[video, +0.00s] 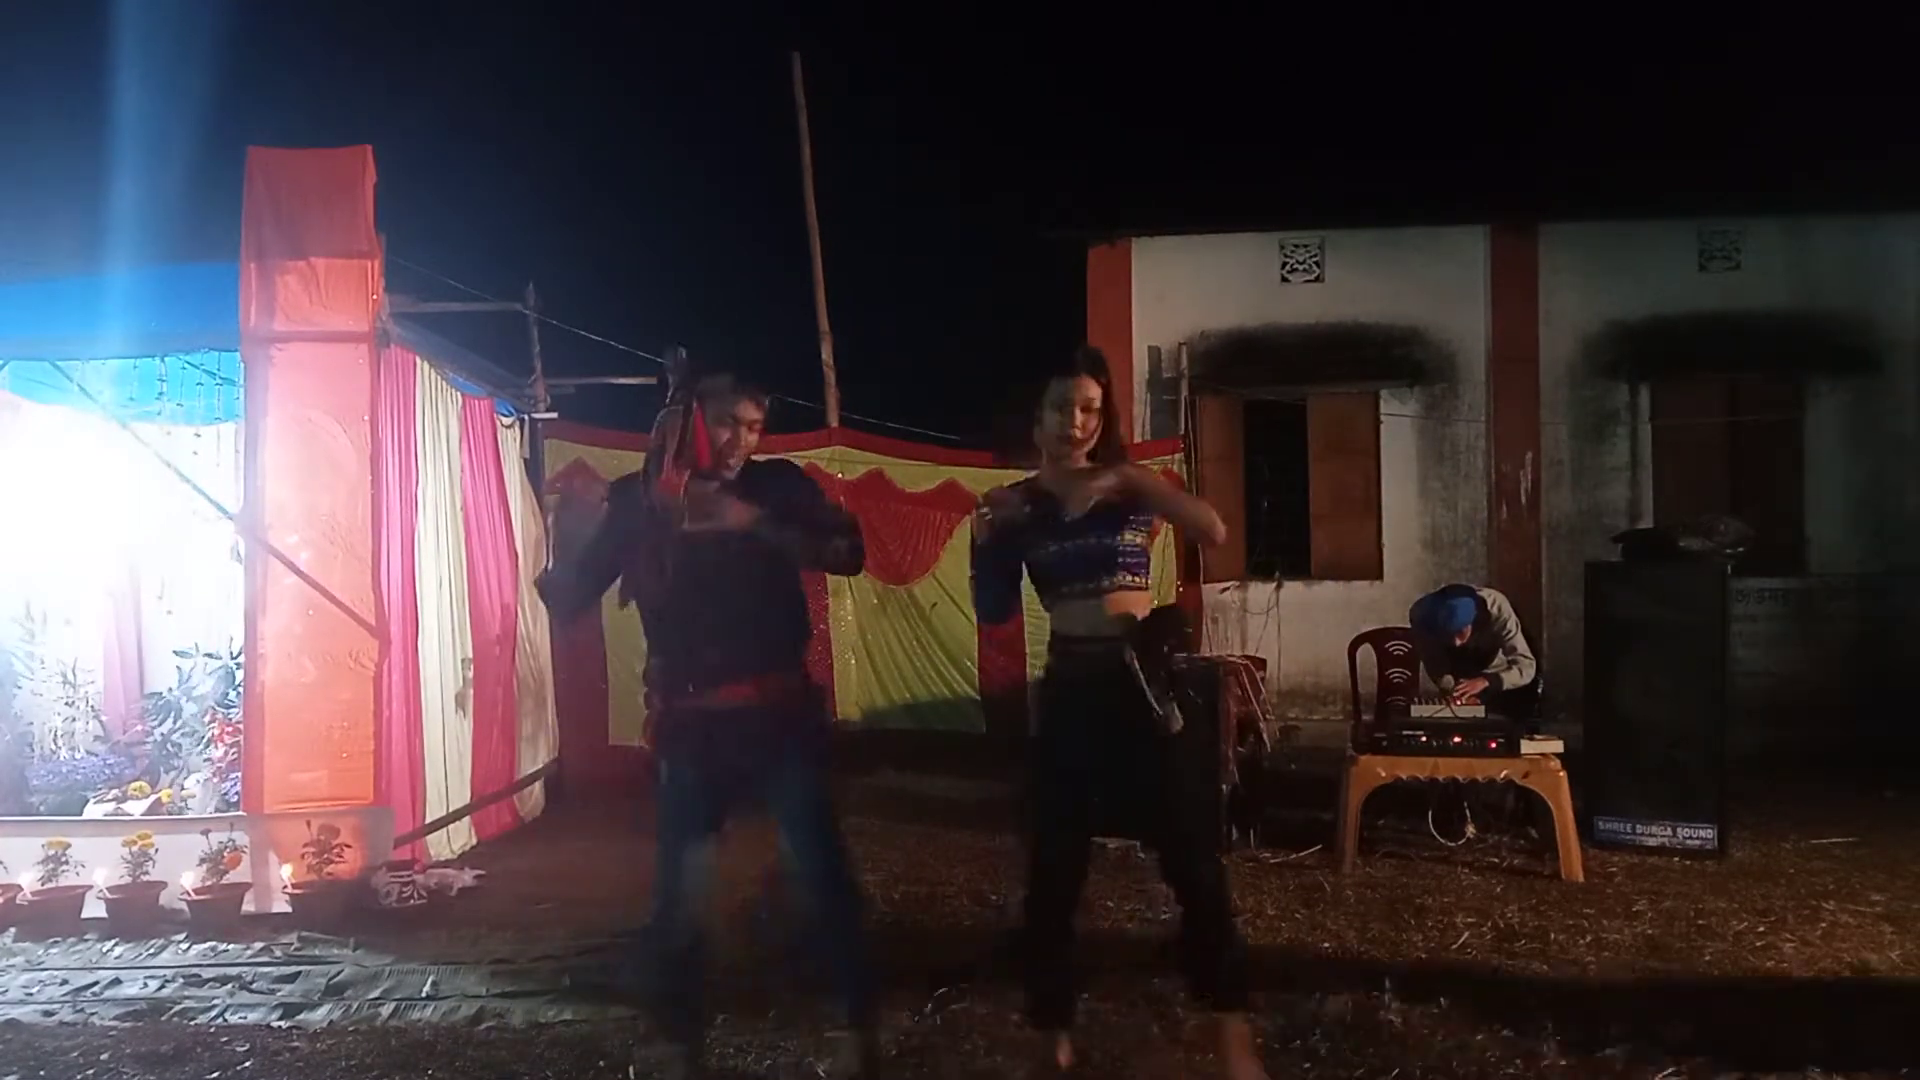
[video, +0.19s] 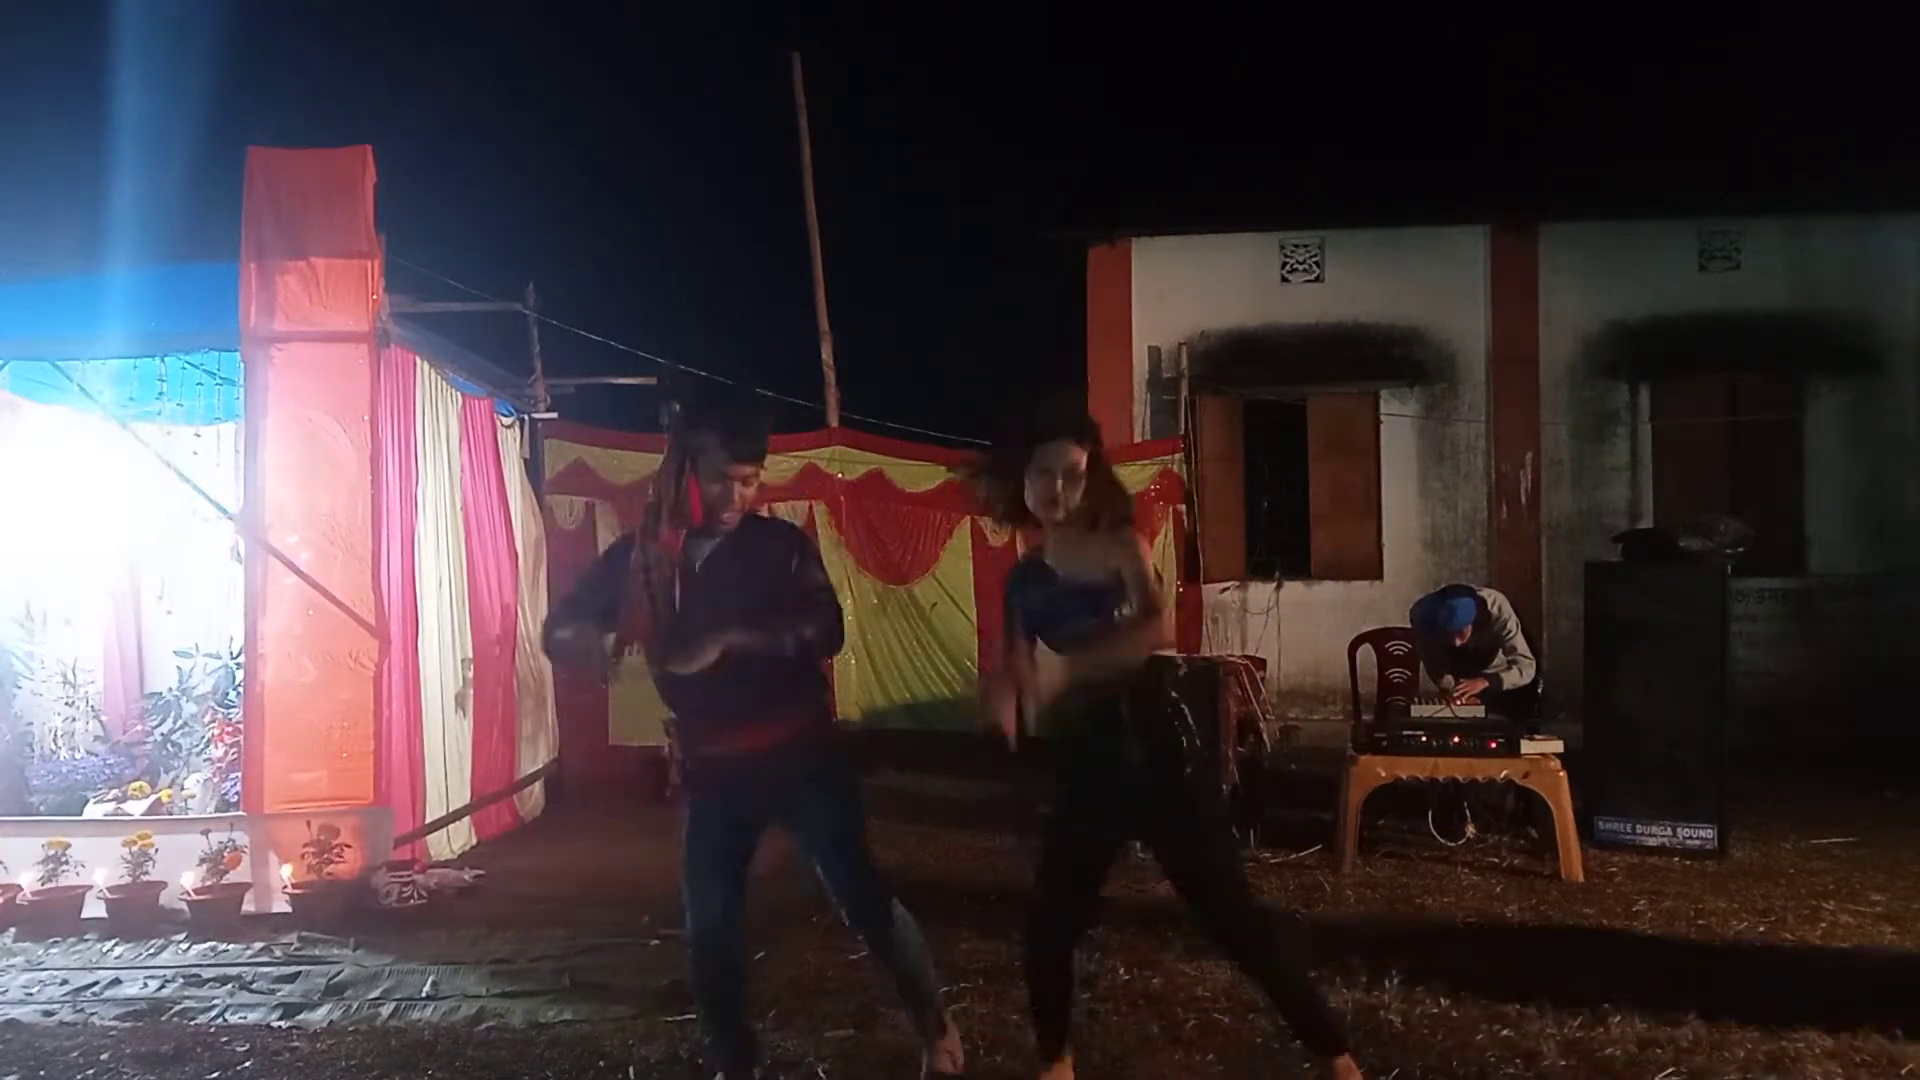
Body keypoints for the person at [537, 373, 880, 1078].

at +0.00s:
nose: (741, 440)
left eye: (752, 427)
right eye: (728, 424)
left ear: (762, 432)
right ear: (690, 421)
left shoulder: (778, 484)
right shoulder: (642, 500)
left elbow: (848, 552)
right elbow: (565, 600)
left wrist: (752, 521)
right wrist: (575, 534)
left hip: (782, 717)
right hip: (691, 726)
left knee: (820, 872)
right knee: (681, 892)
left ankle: (857, 1023)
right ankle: (679, 1043)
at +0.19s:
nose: (735, 496)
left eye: (748, 480)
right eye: (720, 479)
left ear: (760, 474)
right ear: (687, 471)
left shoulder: (783, 545)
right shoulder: (644, 553)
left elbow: (828, 631)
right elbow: (560, 628)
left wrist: (727, 638)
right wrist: (591, 646)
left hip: (803, 760)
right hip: (716, 773)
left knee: (864, 903)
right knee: (707, 928)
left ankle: (938, 1029)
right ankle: (732, 1064)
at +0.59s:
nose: (732, 486)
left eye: (745, 471)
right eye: (717, 470)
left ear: (759, 473)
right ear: (688, 471)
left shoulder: (787, 555)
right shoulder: (651, 555)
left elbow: (825, 665)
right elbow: (605, 643)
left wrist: (779, 737)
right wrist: (620, 694)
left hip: (785, 752)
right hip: (699, 756)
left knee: (843, 898)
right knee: (669, 929)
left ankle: (928, 1032)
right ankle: (684, 1065)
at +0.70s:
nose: (739, 469)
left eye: (750, 455)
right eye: (723, 453)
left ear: (762, 460)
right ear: (685, 457)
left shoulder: (784, 556)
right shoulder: (637, 548)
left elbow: (826, 664)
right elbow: (581, 632)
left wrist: (794, 759)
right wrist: (586, 720)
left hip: (761, 767)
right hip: (670, 768)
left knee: (826, 903)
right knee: (660, 941)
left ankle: (914, 1024)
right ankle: (681, 1065)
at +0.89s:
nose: (748, 423)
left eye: (755, 409)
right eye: (730, 409)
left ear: (763, 422)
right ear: (688, 421)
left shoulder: (787, 514)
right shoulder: (634, 500)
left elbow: (835, 597)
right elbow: (535, 559)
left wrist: (815, 677)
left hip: (732, 727)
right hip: (634, 727)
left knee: (770, 881)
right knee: (611, 895)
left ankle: (780, 1045)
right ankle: (594, 1049)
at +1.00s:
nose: (741, 449)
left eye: (747, 433)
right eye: (721, 434)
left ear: (756, 445)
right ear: (681, 448)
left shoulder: (778, 545)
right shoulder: (636, 528)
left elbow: (824, 641)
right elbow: (534, 560)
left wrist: (814, 744)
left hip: (714, 760)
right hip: (622, 755)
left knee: (752, 919)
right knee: (583, 916)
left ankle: (755, 1063)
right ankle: (527, 1058)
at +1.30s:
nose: (726, 413)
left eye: (735, 400)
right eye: (714, 396)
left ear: (743, 413)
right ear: (676, 403)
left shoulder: (773, 502)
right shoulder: (625, 499)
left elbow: (832, 605)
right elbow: (539, 562)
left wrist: (841, 698)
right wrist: (593, 487)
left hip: (751, 731)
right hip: (654, 732)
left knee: (784, 893)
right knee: (622, 896)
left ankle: (797, 1051)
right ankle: (591, 1056)